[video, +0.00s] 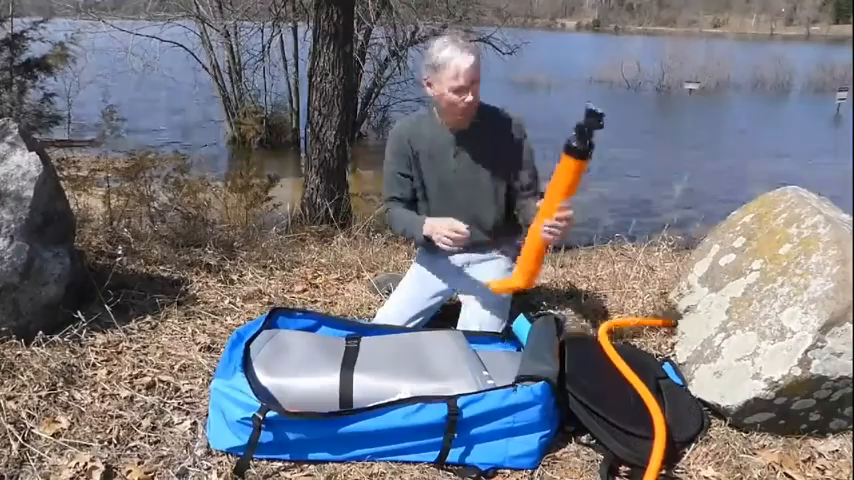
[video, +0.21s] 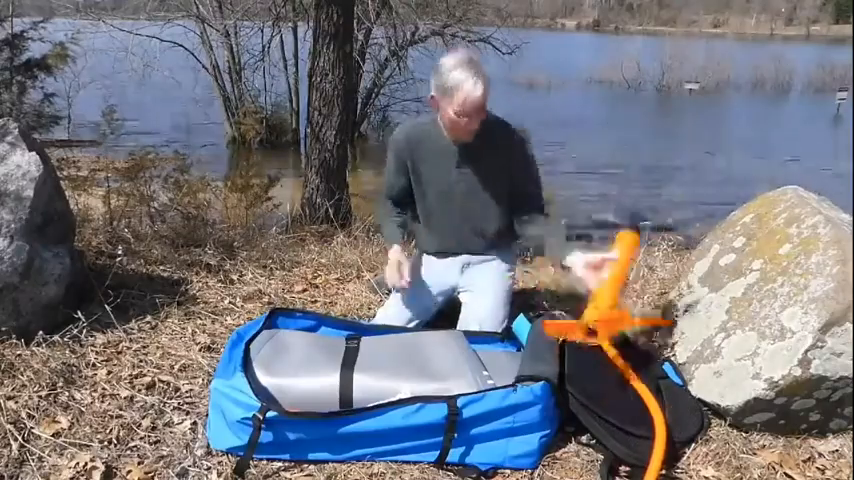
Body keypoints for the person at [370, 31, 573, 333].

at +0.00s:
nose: (471, 99)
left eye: (475, 87)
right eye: (459, 91)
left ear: (480, 80)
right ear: (430, 87)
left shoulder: (507, 129)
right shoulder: (407, 135)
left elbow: (525, 200)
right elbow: (395, 210)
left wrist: (548, 222)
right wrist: (426, 226)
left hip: (492, 259)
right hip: (434, 259)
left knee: (476, 347)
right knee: (382, 335)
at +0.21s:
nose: (474, 125)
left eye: (481, 114)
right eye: (464, 116)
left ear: (486, 101)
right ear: (436, 103)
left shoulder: (506, 141)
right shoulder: (409, 141)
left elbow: (529, 213)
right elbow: (393, 203)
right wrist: (396, 248)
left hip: (490, 262)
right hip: (431, 262)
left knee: (478, 341)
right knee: (379, 337)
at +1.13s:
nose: (358, 128)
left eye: (368, 114)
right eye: (347, 117)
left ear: (391, 94)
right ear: (334, 107)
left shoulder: (437, 124)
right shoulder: (333, 127)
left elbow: (441, 221)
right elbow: (348, 207)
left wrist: (356, 243)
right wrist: (330, 247)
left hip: (457, 241)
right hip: (394, 246)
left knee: (472, 337)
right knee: (375, 345)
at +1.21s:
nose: (355, 116)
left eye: (365, 102)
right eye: (344, 104)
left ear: (391, 84)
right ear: (333, 95)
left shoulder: (444, 120)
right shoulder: (334, 123)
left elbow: (474, 202)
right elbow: (347, 196)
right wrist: (343, 243)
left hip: (458, 233)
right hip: (400, 239)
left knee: (473, 336)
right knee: (374, 340)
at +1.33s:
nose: (372, 137)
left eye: (383, 124)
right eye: (360, 126)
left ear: (405, 101)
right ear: (345, 110)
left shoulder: (444, 130)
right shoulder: (337, 130)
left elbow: (468, 235)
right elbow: (360, 202)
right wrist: (349, 251)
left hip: (456, 243)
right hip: (397, 246)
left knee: (471, 349)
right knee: (374, 347)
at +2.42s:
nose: (450, 77)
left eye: (459, 65)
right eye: (438, 65)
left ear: (469, 54)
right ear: (408, 47)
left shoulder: (492, 97)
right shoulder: (373, 93)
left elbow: (513, 175)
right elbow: (332, 182)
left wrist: (519, 224)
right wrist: (366, 233)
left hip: (470, 243)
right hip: (399, 243)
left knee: (478, 355)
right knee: (375, 356)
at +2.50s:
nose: (445, 74)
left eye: (454, 63)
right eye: (432, 64)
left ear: (466, 52)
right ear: (406, 46)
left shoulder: (490, 94)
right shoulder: (374, 94)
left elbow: (514, 179)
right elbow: (350, 187)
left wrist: (503, 227)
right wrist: (399, 233)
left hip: (469, 240)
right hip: (400, 240)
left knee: (478, 351)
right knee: (376, 349)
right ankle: (419, 308)